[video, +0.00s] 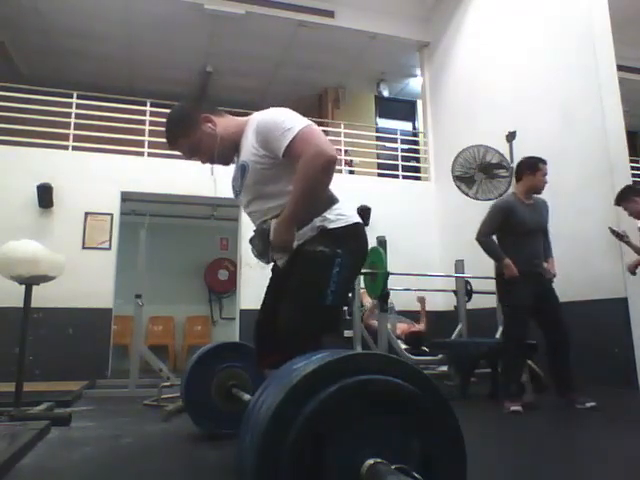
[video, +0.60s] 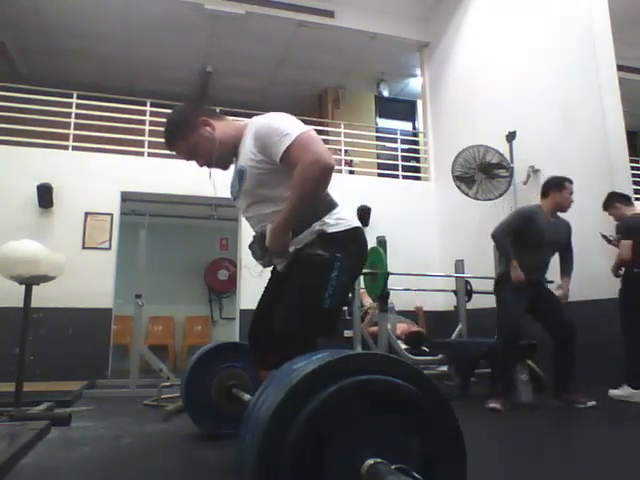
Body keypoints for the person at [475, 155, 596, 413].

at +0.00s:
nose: (546, 180)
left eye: (546, 175)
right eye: (543, 175)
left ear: (532, 176)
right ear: (527, 175)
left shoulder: (541, 206)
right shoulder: (504, 206)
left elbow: (544, 234)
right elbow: (482, 236)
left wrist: (549, 258)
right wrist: (503, 261)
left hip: (539, 279)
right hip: (513, 282)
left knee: (558, 334)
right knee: (515, 339)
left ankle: (567, 393)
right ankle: (511, 398)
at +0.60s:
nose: (572, 198)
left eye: (572, 194)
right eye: (569, 193)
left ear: (557, 195)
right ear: (553, 194)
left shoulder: (563, 227)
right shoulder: (527, 214)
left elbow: (566, 255)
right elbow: (499, 234)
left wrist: (565, 282)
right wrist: (513, 264)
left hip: (536, 286)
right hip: (510, 285)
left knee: (565, 330)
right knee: (508, 335)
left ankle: (563, 391)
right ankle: (499, 395)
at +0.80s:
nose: (574, 223)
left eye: (575, 218)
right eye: (571, 218)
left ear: (558, 219)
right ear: (556, 218)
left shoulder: (563, 250)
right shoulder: (528, 236)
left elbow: (568, 277)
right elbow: (499, 258)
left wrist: (563, 302)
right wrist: (504, 295)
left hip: (527, 298)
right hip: (500, 296)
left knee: (567, 330)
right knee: (501, 332)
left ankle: (563, 392)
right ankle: (498, 396)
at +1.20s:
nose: (544, 246)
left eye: (543, 241)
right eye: (541, 241)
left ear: (530, 244)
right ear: (531, 243)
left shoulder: (536, 270)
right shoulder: (502, 265)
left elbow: (544, 295)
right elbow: (480, 288)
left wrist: (550, 312)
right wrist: (503, 315)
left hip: (526, 322)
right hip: (498, 323)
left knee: (568, 333)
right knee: (508, 337)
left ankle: (564, 392)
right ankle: (497, 397)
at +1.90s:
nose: (514, 242)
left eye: (513, 239)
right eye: (512, 238)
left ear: (499, 240)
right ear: (503, 239)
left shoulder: (510, 268)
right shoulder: (480, 260)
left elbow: (509, 300)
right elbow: (461, 284)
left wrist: (526, 313)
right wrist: (479, 295)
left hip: (517, 317)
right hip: (494, 317)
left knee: (570, 332)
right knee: (507, 334)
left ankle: (573, 392)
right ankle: (501, 397)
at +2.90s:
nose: (523, 246)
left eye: (524, 241)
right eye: (521, 241)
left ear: (510, 239)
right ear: (507, 239)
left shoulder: (519, 265)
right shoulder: (483, 261)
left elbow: (527, 292)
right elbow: (465, 282)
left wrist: (554, 303)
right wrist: (458, 289)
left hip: (522, 319)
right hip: (494, 319)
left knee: (570, 332)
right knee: (510, 332)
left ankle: (573, 394)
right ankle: (502, 397)